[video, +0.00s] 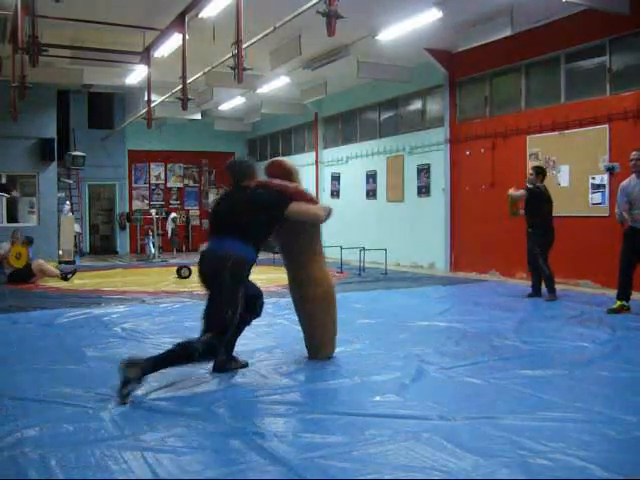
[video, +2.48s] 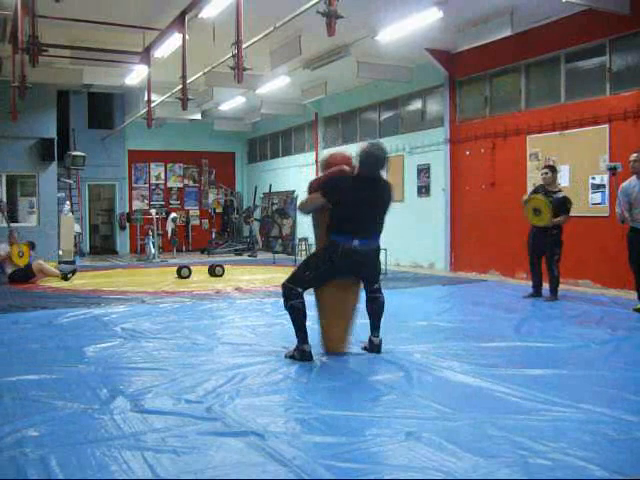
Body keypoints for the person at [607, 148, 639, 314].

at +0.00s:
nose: (633, 163)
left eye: (635, 160)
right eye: (631, 160)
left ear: (639, 162)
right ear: (629, 163)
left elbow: (622, 209)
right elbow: (622, 209)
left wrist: (628, 221)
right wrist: (627, 222)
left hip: (634, 229)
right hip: (632, 228)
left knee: (627, 265)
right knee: (626, 265)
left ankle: (623, 299)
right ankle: (623, 299)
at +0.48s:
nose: (634, 163)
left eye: (636, 160)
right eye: (632, 160)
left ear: (639, 162)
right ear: (630, 163)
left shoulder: (629, 186)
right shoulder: (626, 186)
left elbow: (622, 208)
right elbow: (622, 208)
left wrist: (628, 223)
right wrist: (627, 223)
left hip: (634, 229)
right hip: (633, 229)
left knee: (627, 265)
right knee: (626, 265)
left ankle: (623, 299)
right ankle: (622, 299)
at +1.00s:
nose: (635, 163)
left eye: (637, 160)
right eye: (634, 160)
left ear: (639, 162)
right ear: (632, 163)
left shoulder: (631, 186)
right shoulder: (628, 186)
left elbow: (624, 208)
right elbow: (624, 207)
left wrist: (627, 218)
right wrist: (628, 219)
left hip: (635, 230)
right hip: (634, 229)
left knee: (628, 264)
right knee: (627, 264)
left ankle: (623, 299)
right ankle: (623, 299)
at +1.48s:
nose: (635, 163)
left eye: (637, 160)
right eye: (634, 161)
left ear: (639, 163)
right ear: (631, 164)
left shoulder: (630, 187)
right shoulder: (628, 186)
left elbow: (625, 209)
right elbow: (625, 208)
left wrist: (630, 219)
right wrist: (630, 219)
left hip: (635, 228)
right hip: (634, 228)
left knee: (631, 265)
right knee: (630, 265)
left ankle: (636, 295)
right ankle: (636, 295)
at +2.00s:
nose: (633, 164)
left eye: (636, 160)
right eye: (632, 161)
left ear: (639, 164)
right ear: (629, 164)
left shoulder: (627, 187)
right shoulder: (626, 186)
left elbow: (623, 209)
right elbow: (624, 209)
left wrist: (629, 219)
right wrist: (629, 220)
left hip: (635, 229)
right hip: (634, 228)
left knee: (635, 266)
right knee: (635, 266)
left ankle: (638, 300)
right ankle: (638, 299)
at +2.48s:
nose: (633, 165)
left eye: (636, 161)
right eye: (631, 162)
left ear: (639, 165)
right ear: (628, 165)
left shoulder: (627, 188)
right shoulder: (626, 187)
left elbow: (622, 212)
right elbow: (622, 211)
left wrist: (626, 218)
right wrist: (625, 218)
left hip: (634, 228)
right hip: (634, 228)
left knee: (635, 266)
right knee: (635, 266)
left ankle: (638, 300)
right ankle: (638, 300)